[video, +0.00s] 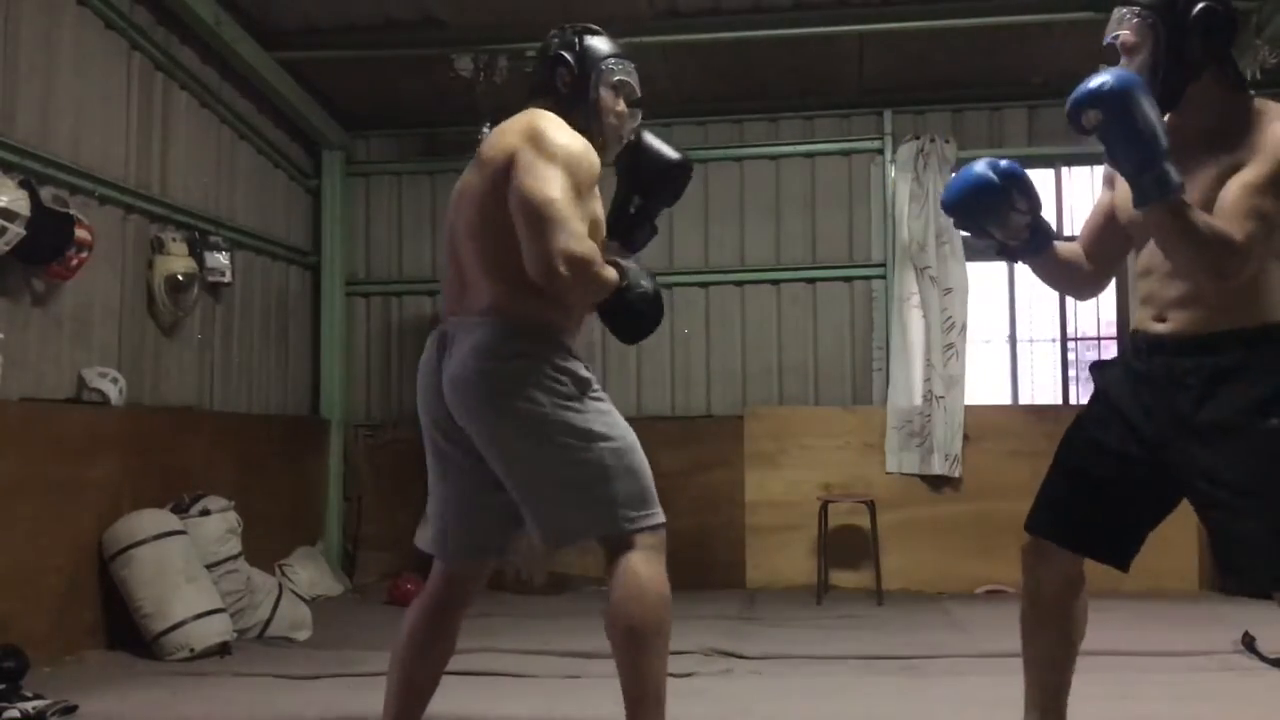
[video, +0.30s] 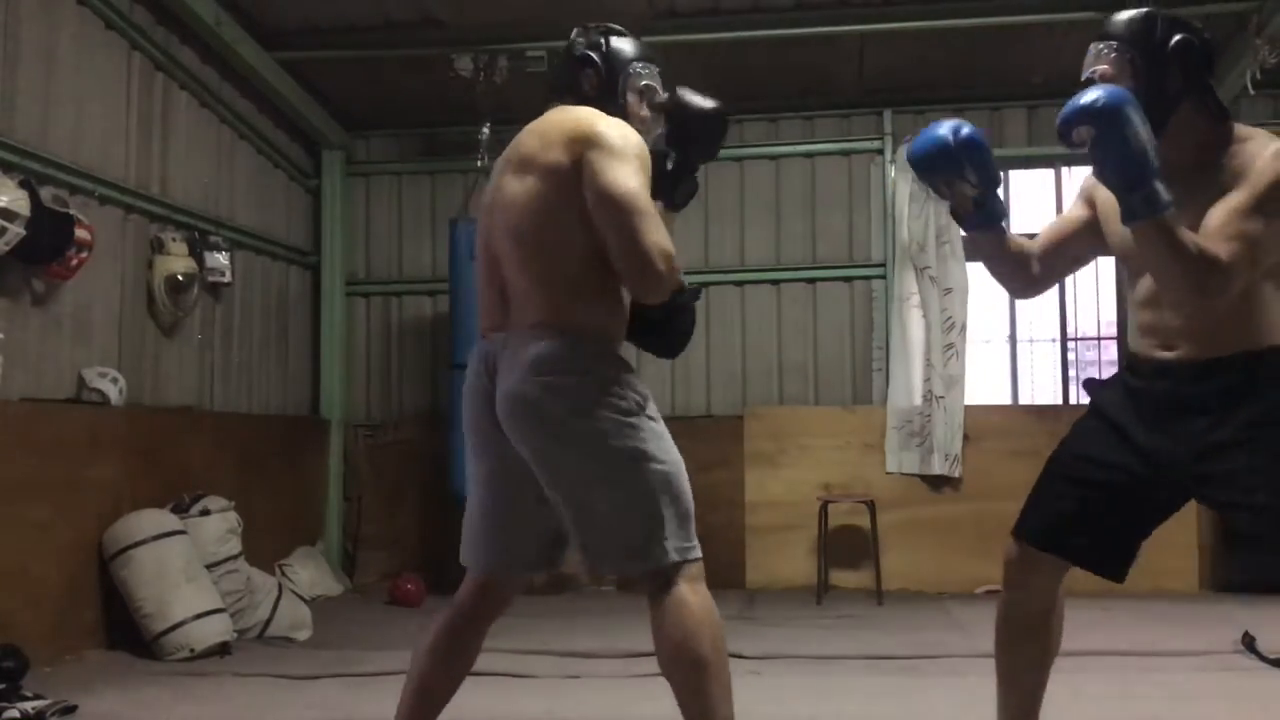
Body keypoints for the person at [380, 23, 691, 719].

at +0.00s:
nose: (632, 111)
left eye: (634, 96)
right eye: (621, 92)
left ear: (558, 88)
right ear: (575, 84)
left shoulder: (503, 146)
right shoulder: (552, 136)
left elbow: (568, 280)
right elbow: (561, 259)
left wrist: (628, 224)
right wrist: (620, 280)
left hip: (450, 368)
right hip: (519, 367)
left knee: (457, 569)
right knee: (640, 536)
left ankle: (398, 714)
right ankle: (647, 715)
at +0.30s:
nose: (654, 116)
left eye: (655, 100)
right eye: (649, 97)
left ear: (580, 84)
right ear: (618, 86)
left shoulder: (520, 149)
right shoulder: (606, 134)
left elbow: (537, 277)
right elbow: (653, 272)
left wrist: (627, 311)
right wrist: (659, 298)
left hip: (495, 379)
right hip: (571, 377)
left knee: (486, 586)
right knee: (675, 572)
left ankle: (411, 714)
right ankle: (713, 713)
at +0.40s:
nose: (668, 127)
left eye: (670, 118)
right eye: (667, 115)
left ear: (598, 94)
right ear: (646, 102)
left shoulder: (532, 157)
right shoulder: (634, 131)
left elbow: (533, 280)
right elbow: (689, 250)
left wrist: (627, 308)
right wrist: (659, 289)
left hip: (494, 379)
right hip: (572, 378)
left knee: (488, 584)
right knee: (691, 568)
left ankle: (410, 714)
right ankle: (718, 716)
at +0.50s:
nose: (676, 119)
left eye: (679, 110)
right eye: (674, 107)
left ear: (605, 86)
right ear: (648, 93)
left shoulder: (546, 145)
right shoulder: (641, 130)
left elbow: (568, 264)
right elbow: (680, 266)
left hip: (492, 375)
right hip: (571, 375)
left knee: (485, 584)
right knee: (685, 568)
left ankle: (407, 715)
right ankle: (716, 714)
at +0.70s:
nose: (684, 122)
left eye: (685, 103)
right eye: (675, 101)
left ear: (608, 96)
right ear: (629, 93)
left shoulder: (557, 154)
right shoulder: (624, 144)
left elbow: (632, 283)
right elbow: (659, 292)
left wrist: (702, 215)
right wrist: (671, 335)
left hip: (500, 391)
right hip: (575, 392)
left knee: (487, 590)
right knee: (739, 538)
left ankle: (408, 715)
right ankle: (768, 714)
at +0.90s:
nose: (766, 101)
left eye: (761, 94)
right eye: (761, 93)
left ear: (672, 89)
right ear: (735, 89)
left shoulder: (598, 162)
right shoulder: (739, 118)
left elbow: (567, 272)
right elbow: (851, 159)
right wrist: (989, 179)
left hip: (568, 347)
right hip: (668, 350)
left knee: (493, 567)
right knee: (772, 579)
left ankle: (408, 713)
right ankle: (835, 718)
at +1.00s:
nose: (804, 109)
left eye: (802, 103)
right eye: (799, 98)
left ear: (709, 86)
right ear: (775, 87)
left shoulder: (621, 158)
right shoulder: (780, 108)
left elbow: (583, 293)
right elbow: (930, 142)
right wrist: (1055, 148)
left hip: (579, 346)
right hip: (675, 357)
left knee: (504, 575)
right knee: (786, 581)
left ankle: (413, 711)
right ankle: (841, 714)